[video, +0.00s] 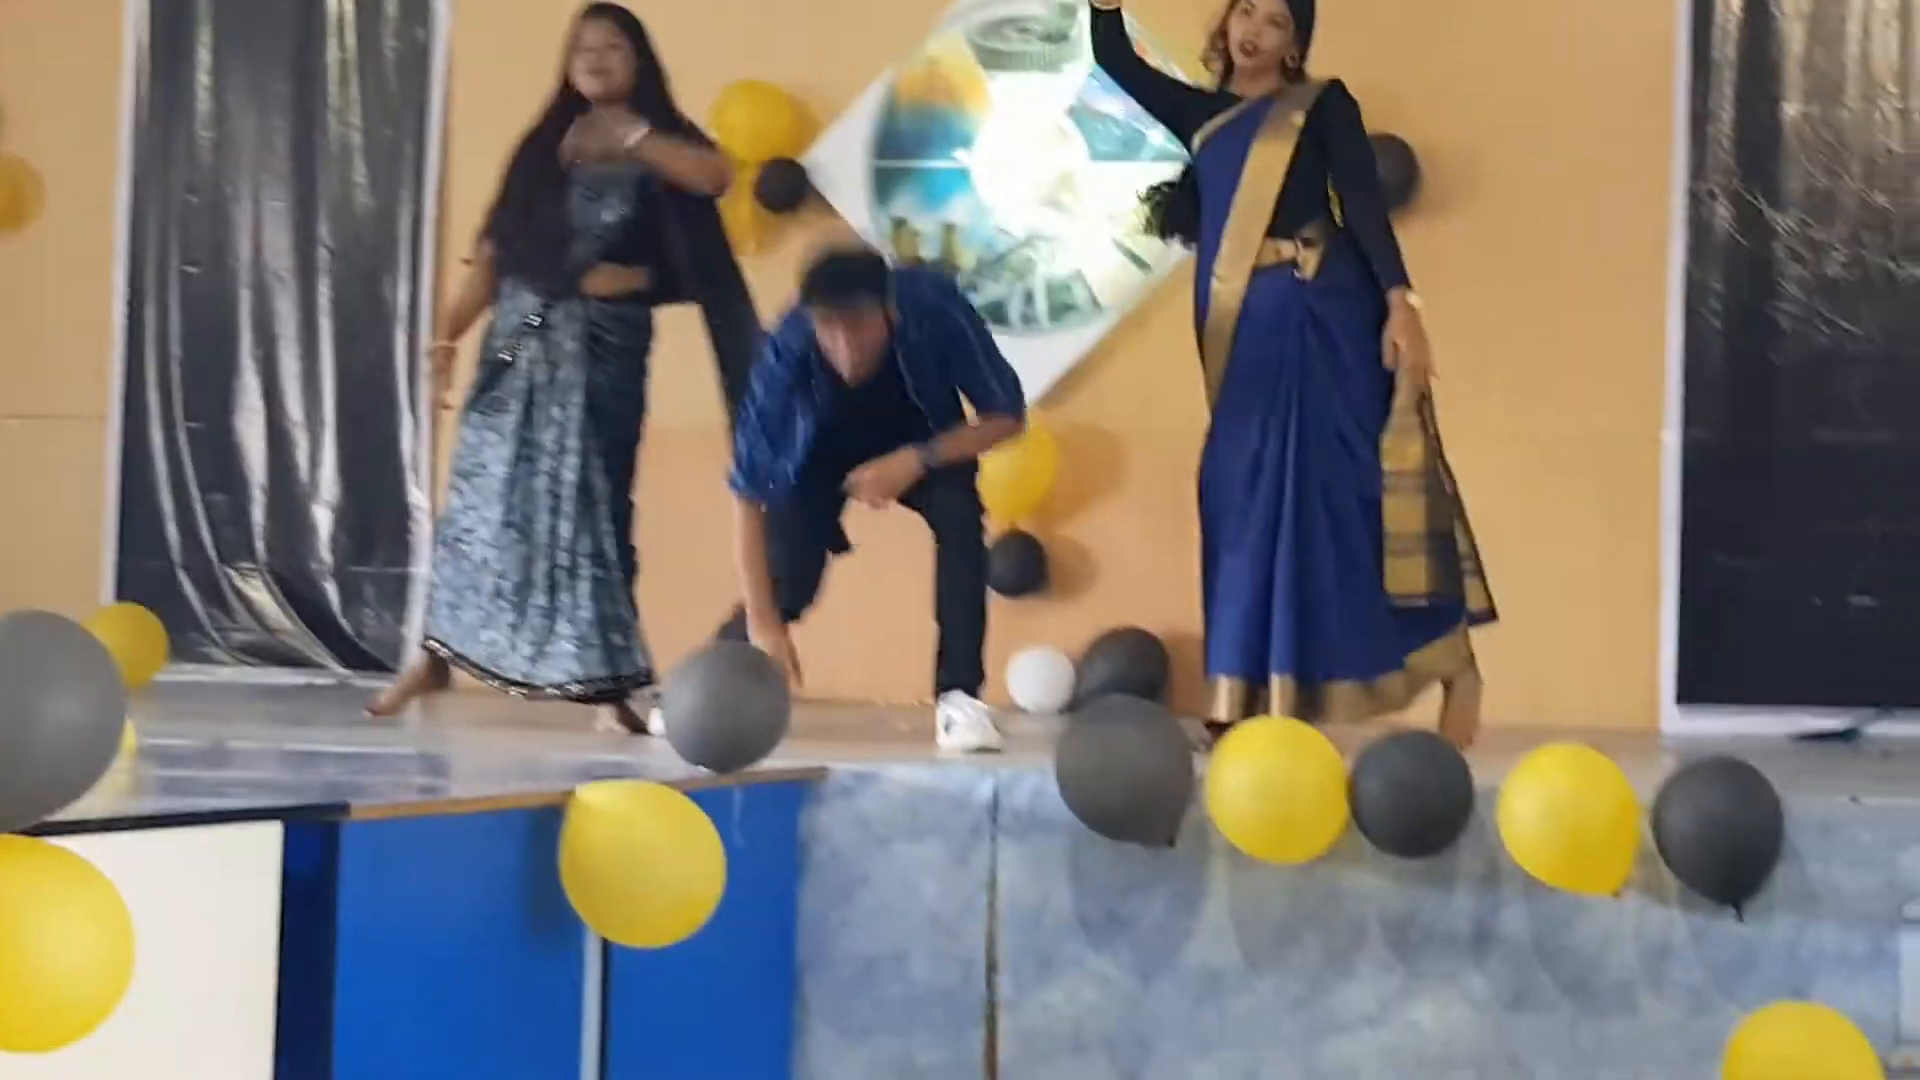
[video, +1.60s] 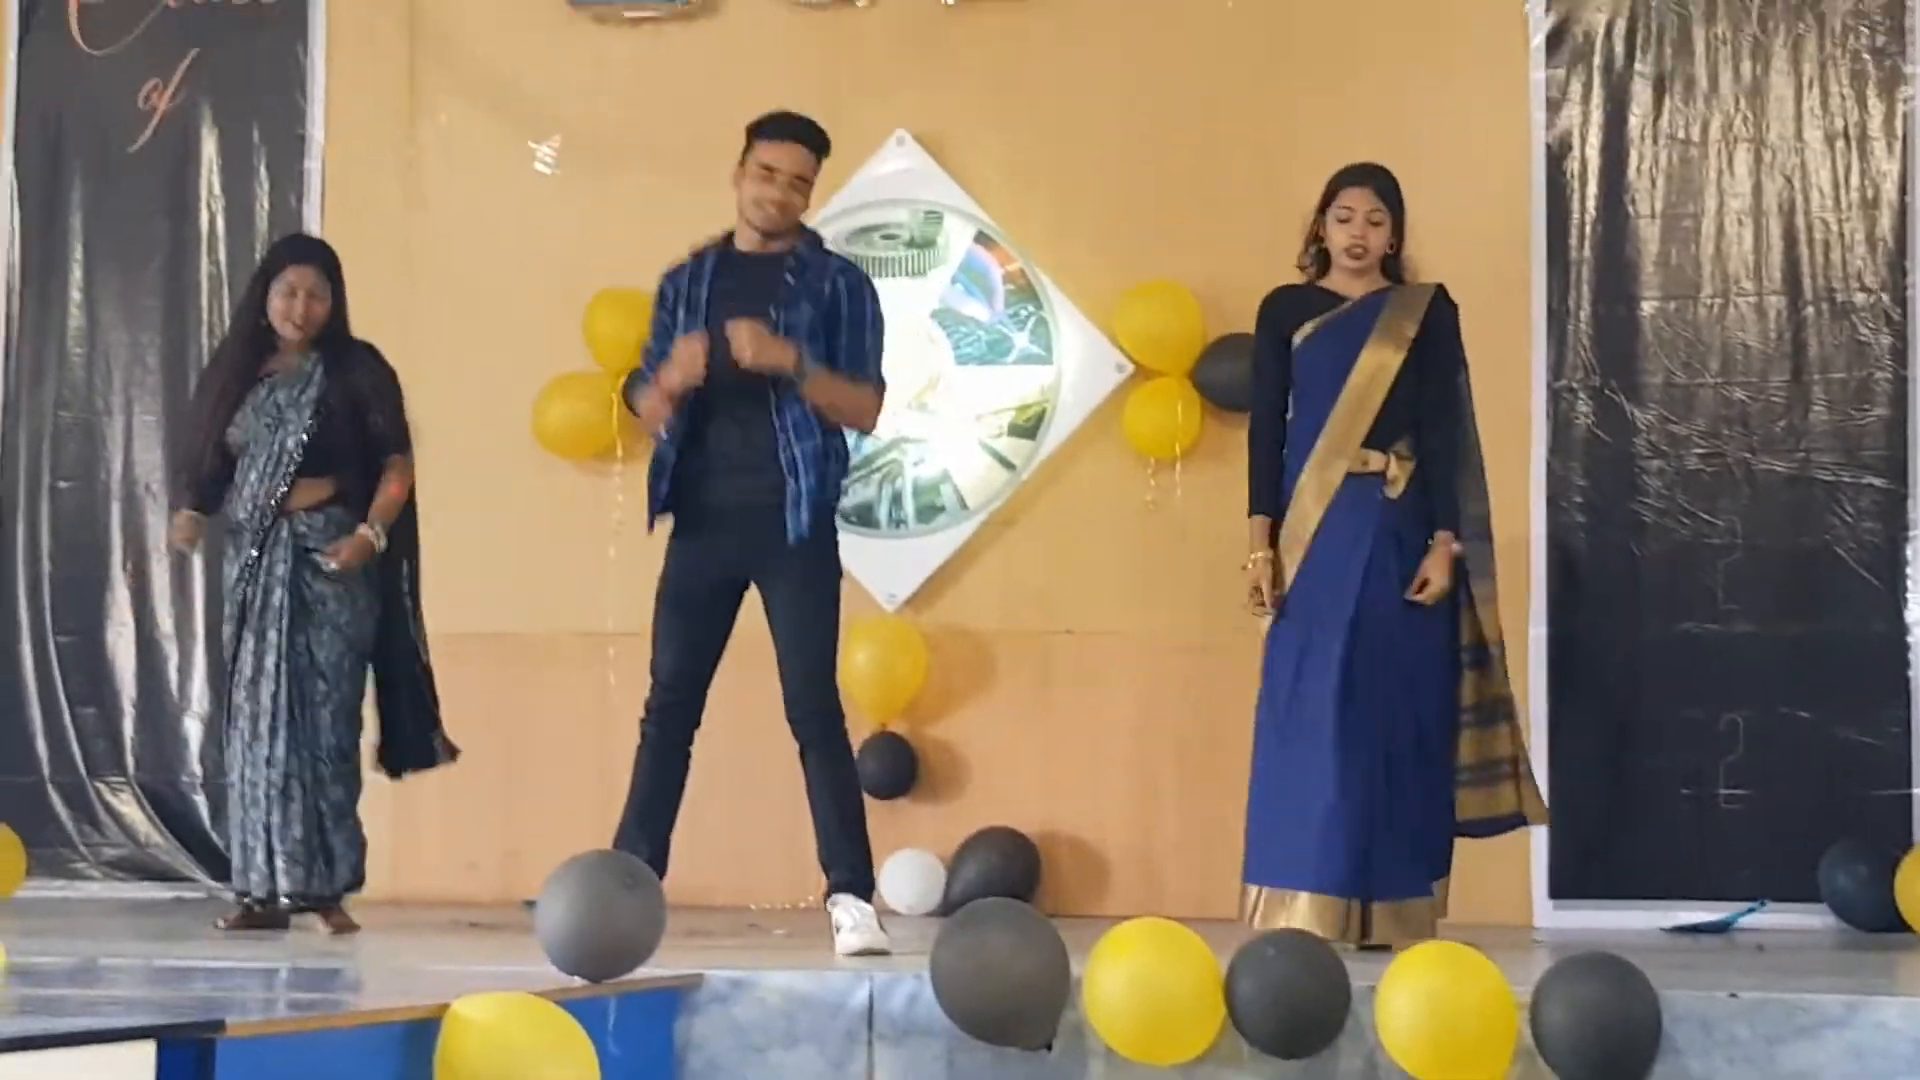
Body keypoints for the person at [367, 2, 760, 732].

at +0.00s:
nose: (596, 62)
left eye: (610, 50)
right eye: (584, 51)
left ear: (639, 59)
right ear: (567, 62)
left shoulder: (666, 138)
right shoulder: (546, 143)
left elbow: (718, 173)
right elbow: (492, 253)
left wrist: (631, 141)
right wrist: (447, 337)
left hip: (602, 342)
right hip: (520, 336)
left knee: (592, 505)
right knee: (477, 494)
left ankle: (614, 691)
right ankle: (430, 656)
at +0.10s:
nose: (518, 62)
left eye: (534, 51)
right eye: (507, 52)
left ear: (564, 63)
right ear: (492, 67)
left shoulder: (597, 144)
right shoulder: (473, 149)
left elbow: (632, 224)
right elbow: (426, 258)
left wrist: (563, 259)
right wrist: (384, 347)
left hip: (537, 349)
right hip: (454, 342)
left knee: (541, 507)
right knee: (413, 495)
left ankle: (564, 686)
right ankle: (373, 655)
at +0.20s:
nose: (436, 77)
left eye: (452, 65)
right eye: (425, 68)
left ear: (482, 77)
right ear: (411, 84)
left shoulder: (515, 166)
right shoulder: (391, 170)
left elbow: (544, 269)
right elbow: (349, 282)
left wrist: (532, 356)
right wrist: (303, 375)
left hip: (463, 366)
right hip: (381, 363)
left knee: (476, 523)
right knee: (352, 515)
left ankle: (518, 698)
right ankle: (312, 670)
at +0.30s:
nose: (367, 96)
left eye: (383, 85)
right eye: (355, 87)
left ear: (413, 101)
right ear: (340, 106)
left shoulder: (442, 188)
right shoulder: (318, 190)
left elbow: (478, 303)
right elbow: (278, 300)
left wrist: (503, 407)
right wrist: (241, 396)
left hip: (395, 385)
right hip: (310, 383)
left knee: (418, 539)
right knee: (289, 532)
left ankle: (476, 706)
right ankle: (269, 692)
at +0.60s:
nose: (290, 105)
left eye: (306, 95)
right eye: (280, 93)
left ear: (332, 110)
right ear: (260, 106)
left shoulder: (359, 193)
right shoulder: (224, 190)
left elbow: (380, 300)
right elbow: (181, 298)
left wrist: (397, 403)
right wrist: (144, 395)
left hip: (335, 390)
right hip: (245, 393)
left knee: (346, 542)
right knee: (243, 542)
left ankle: (371, 708)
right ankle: (239, 713)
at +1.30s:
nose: (285, 204)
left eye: (302, 194)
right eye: (274, 193)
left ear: (328, 207)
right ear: (259, 205)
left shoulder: (357, 290)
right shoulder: (235, 289)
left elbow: (385, 391)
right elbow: (204, 397)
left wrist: (380, 468)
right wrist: (169, 487)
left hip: (330, 478)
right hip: (248, 477)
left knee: (334, 630)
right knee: (246, 625)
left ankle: (342, 798)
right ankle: (234, 798)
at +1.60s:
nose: (299, 307)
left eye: (313, 294)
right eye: (286, 292)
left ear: (333, 302)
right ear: (263, 297)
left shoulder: (360, 368)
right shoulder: (237, 368)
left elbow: (399, 465)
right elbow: (203, 446)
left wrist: (371, 534)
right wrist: (190, 509)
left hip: (333, 560)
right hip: (255, 561)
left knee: (327, 722)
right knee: (256, 720)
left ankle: (325, 890)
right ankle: (258, 892)